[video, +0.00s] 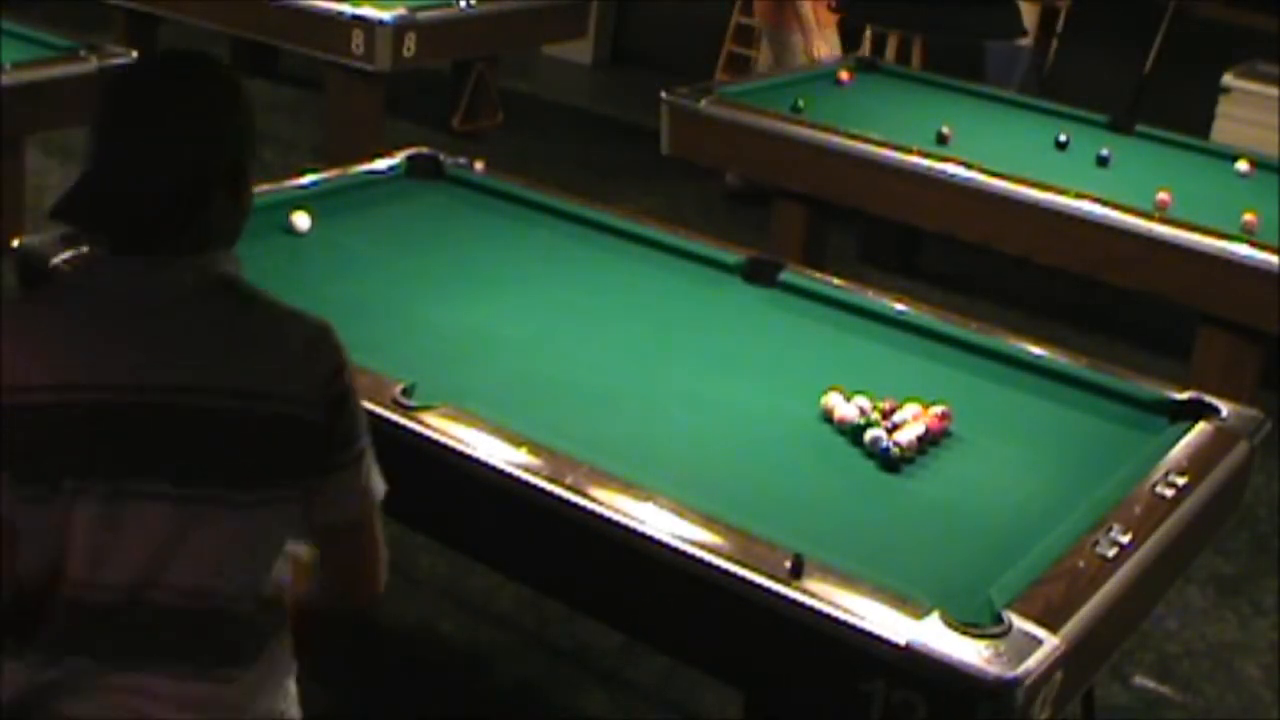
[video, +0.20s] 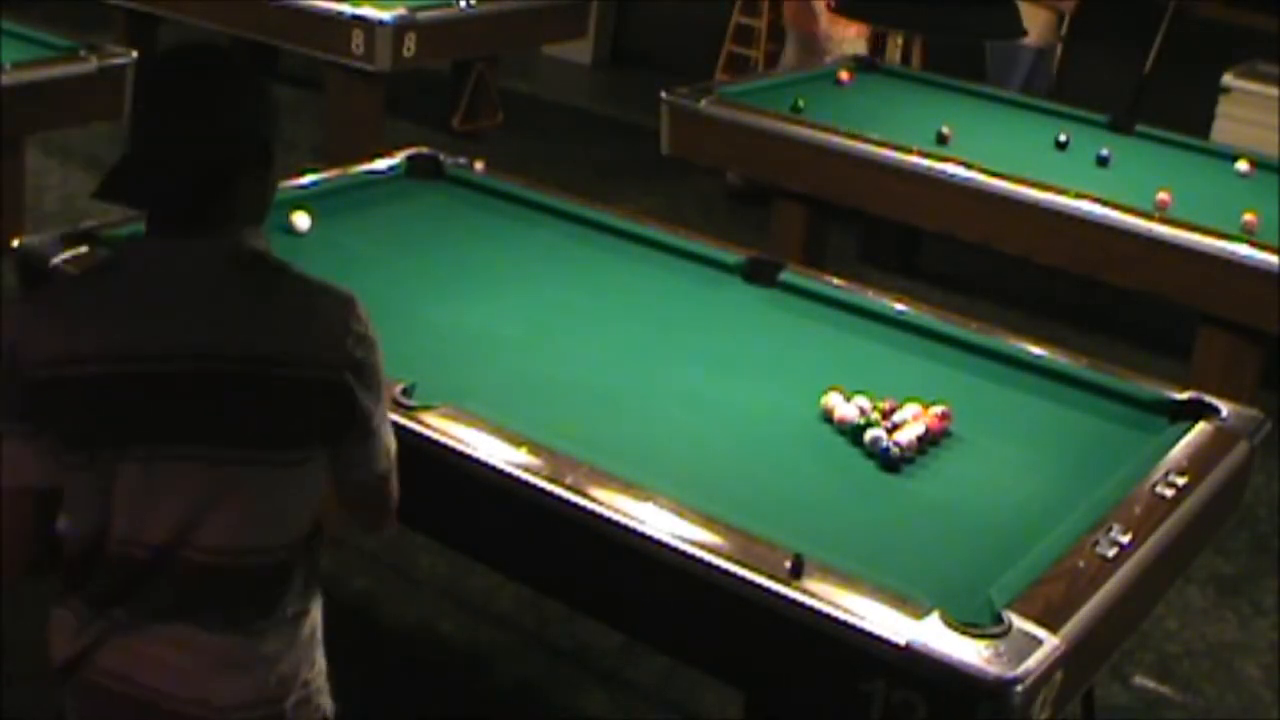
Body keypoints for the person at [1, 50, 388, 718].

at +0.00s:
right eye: (246, 168)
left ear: (100, 171)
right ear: (238, 184)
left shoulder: (24, 330)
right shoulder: (300, 353)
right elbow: (359, 581)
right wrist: (256, 574)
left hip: (42, 689)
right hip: (234, 698)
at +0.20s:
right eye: (274, 162)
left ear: (141, 171)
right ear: (264, 173)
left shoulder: (54, 316)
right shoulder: (330, 323)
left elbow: (18, 529)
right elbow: (372, 507)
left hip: (100, 681)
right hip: (268, 690)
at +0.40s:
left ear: (133, 152)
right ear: (243, 150)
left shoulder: (65, 290)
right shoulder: (306, 280)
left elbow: (45, 486)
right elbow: (352, 428)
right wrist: (339, 278)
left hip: (126, 638)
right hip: (279, 646)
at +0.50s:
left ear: (114, 128)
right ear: (227, 126)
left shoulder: (55, 274)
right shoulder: (292, 250)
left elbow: (46, 467)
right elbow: (349, 392)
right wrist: (334, 264)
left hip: (138, 618)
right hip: (283, 621)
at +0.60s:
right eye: (220, 84)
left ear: (108, 104)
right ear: (222, 100)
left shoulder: (48, 251)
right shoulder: (283, 224)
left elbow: (37, 442)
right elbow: (330, 360)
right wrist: (332, 242)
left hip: (135, 590)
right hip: (277, 588)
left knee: (165, 706)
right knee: (307, 702)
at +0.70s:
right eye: (215, 70)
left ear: (108, 83)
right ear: (220, 84)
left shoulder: (52, 218)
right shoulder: (271, 201)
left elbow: (31, 402)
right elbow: (312, 333)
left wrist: (86, 490)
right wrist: (322, 214)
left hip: (127, 542)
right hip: (261, 537)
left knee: (163, 691)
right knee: (287, 677)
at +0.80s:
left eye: (107, 59)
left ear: (111, 72)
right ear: (213, 73)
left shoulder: (52, 200)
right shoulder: (264, 185)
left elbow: (24, 377)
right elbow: (298, 321)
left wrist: (73, 468)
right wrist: (300, 196)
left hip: (124, 515)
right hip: (248, 503)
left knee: (166, 681)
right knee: (257, 651)